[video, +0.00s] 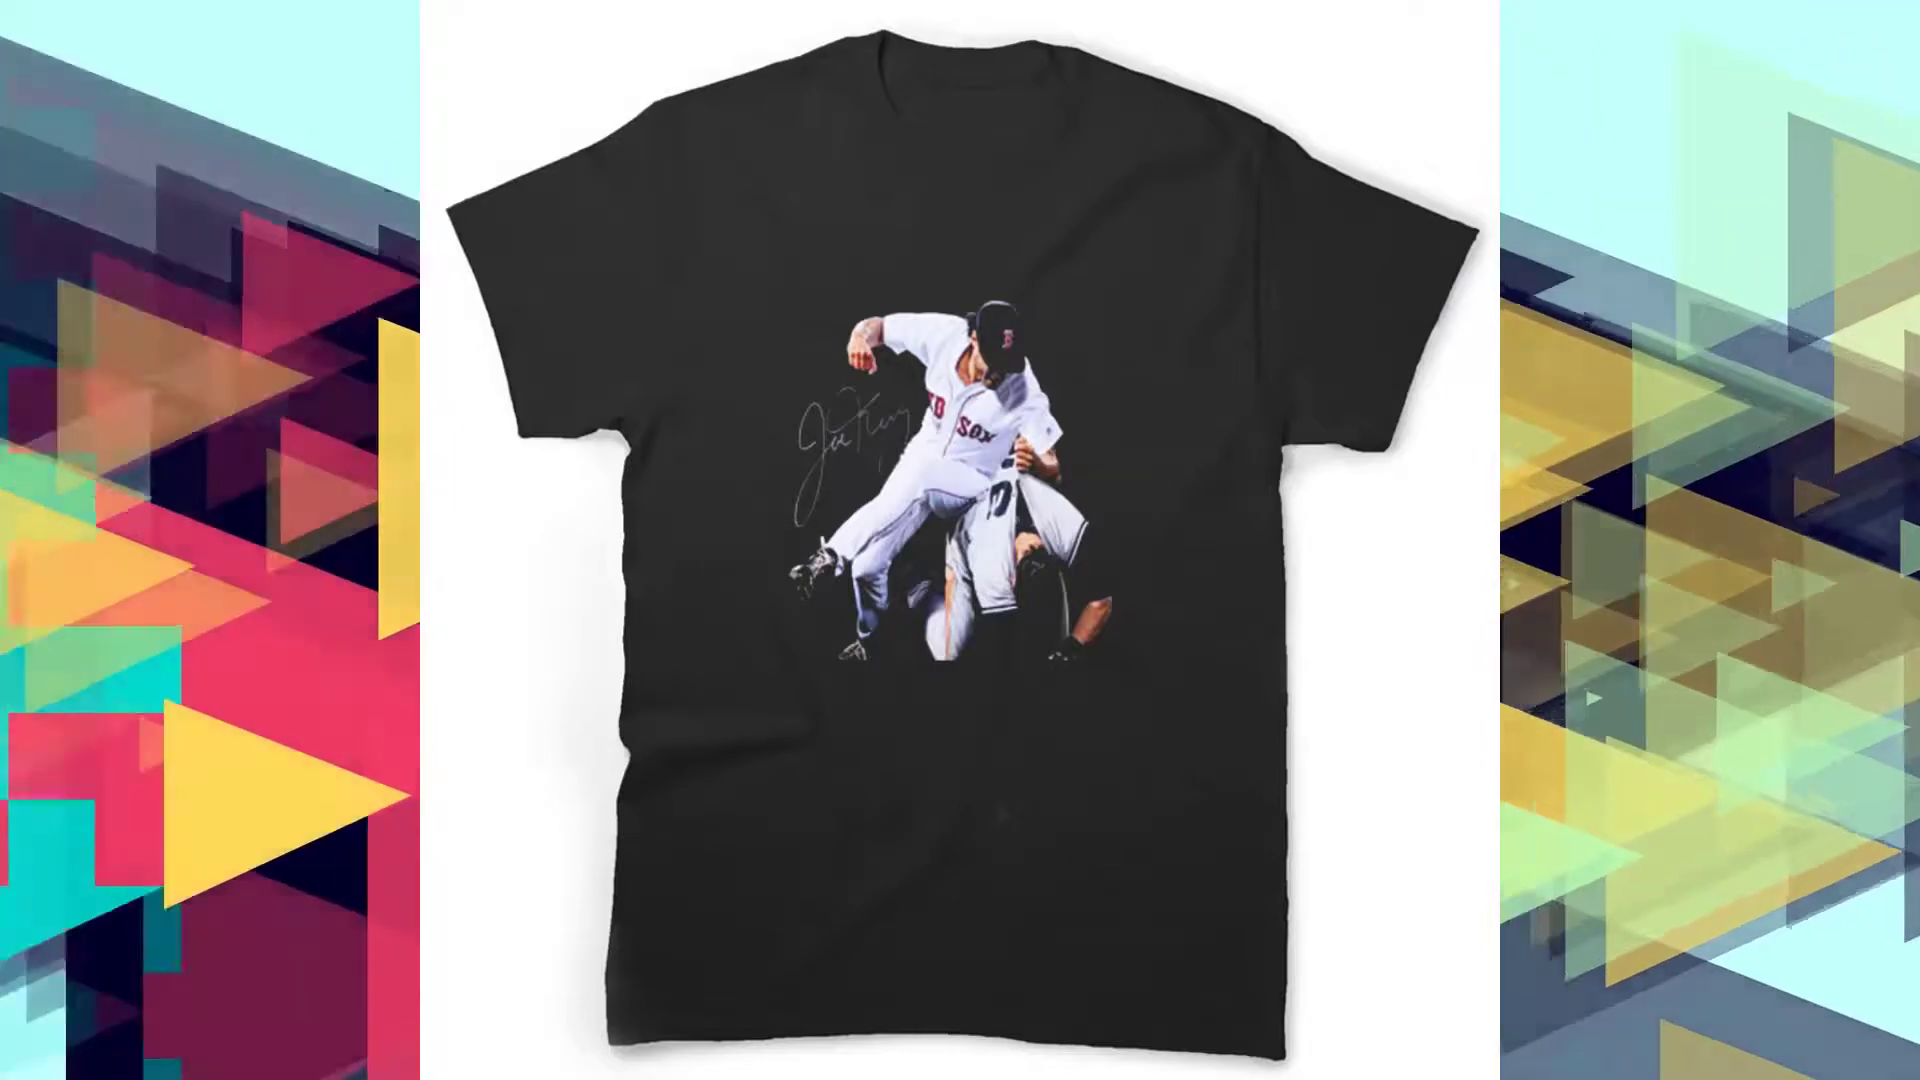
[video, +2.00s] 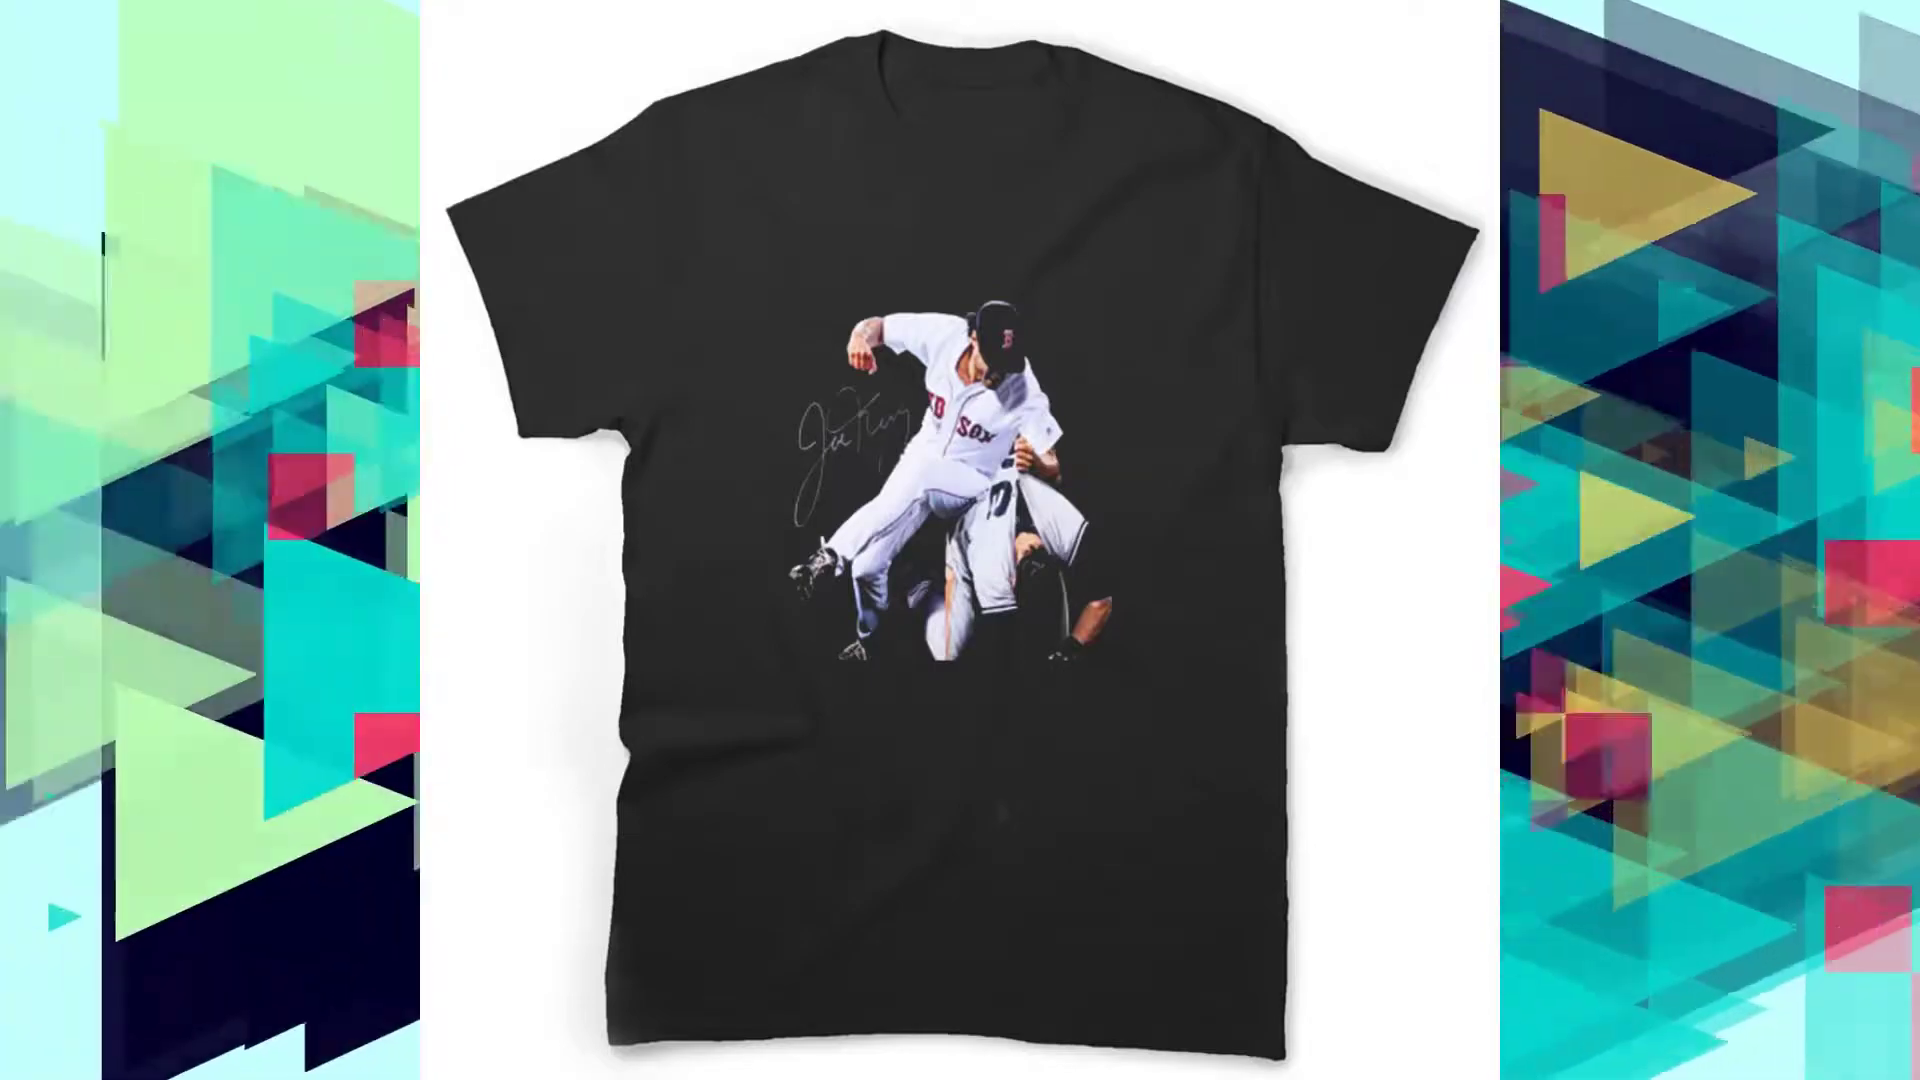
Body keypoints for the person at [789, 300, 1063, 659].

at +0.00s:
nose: (997, 374)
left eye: (1006, 367)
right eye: (991, 364)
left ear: (1017, 354)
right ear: (973, 341)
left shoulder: (1023, 389)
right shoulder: (946, 334)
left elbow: (1054, 468)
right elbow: (878, 327)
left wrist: (1038, 463)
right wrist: (861, 338)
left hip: (978, 482)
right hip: (922, 460)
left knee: (920, 476)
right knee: (867, 566)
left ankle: (828, 560)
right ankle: (871, 641)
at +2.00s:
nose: (997, 374)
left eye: (1006, 367)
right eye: (991, 364)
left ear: (1017, 354)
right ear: (973, 341)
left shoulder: (1023, 389)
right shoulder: (946, 334)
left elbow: (1054, 468)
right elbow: (878, 327)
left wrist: (1038, 463)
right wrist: (861, 338)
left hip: (979, 482)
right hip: (922, 460)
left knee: (920, 476)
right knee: (867, 566)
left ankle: (828, 560)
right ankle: (871, 642)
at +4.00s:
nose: (997, 374)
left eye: (1006, 367)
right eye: (991, 364)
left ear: (1017, 354)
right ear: (973, 341)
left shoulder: (1023, 389)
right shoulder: (946, 334)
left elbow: (1054, 468)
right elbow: (878, 327)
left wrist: (1038, 463)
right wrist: (861, 339)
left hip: (979, 482)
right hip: (922, 460)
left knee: (920, 476)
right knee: (867, 566)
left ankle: (829, 559)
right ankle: (871, 641)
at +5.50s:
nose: (994, 375)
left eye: (1003, 368)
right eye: (990, 365)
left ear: (1016, 355)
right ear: (973, 341)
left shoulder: (1024, 390)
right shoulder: (946, 334)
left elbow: (1054, 469)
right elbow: (878, 327)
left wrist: (1038, 463)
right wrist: (861, 339)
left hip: (979, 484)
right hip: (922, 462)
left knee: (920, 474)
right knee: (867, 567)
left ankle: (828, 560)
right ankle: (872, 641)